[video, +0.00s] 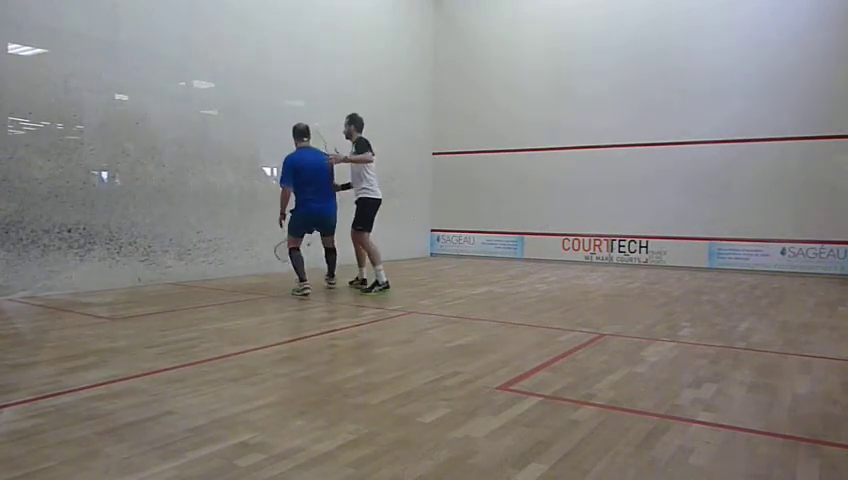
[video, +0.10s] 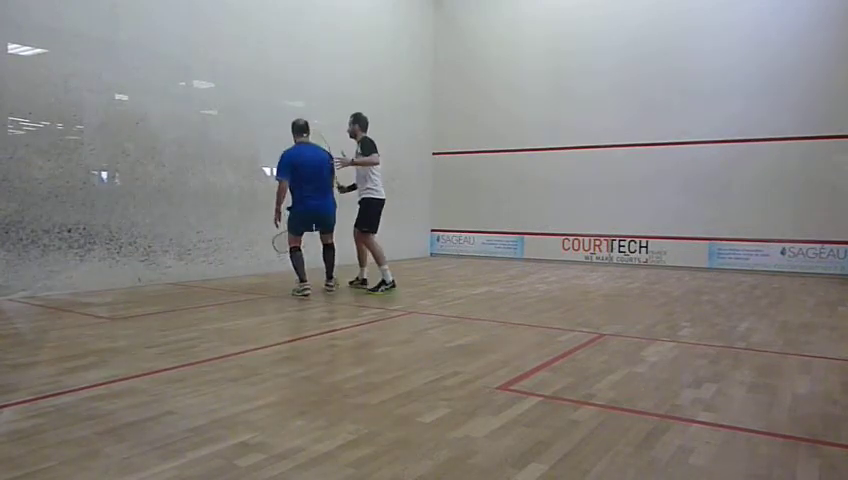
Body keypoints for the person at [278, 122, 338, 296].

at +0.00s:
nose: (299, 140)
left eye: (295, 138)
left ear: (294, 138)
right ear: (309, 137)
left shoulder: (291, 160)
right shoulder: (325, 157)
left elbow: (286, 190)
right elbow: (331, 185)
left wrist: (283, 212)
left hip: (304, 210)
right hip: (328, 210)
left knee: (293, 245)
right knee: (329, 241)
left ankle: (303, 282)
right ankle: (331, 277)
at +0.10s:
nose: (297, 136)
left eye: (294, 133)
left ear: (293, 134)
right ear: (309, 133)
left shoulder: (288, 155)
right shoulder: (325, 153)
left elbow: (283, 186)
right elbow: (332, 181)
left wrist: (278, 209)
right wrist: (325, 198)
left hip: (301, 208)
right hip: (326, 206)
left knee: (294, 243)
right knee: (327, 239)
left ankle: (303, 283)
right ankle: (330, 279)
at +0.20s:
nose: (296, 131)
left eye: (295, 128)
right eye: (301, 128)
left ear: (294, 129)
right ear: (310, 128)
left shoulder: (288, 149)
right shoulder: (327, 150)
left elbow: (281, 178)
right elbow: (331, 180)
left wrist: (275, 203)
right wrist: (328, 200)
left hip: (300, 204)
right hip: (326, 203)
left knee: (297, 242)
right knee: (328, 238)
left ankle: (303, 283)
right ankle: (327, 280)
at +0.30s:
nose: (297, 130)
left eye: (296, 127)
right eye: (303, 127)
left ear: (295, 127)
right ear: (312, 126)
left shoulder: (290, 147)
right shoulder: (328, 149)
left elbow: (282, 176)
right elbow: (334, 179)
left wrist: (274, 202)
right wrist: (329, 199)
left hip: (300, 204)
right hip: (326, 203)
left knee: (298, 241)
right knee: (327, 238)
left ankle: (303, 284)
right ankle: (326, 276)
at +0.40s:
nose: (296, 129)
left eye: (297, 126)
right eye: (296, 125)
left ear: (300, 126)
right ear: (314, 126)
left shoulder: (295, 146)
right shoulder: (331, 149)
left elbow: (286, 176)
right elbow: (336, 180)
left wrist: (275, 201)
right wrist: (331, 201)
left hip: (301, 203)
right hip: (327, 203)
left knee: (301, 243)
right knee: (324, 242)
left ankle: (303, 284)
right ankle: (327, 284)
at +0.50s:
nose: (296, 126)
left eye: (299, 122)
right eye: (296, 122)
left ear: (309, 123)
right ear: (316, 124)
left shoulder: (300, 144)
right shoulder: (332, 148)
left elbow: (292, 172)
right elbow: (338, 180)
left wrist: (279, 195)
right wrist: (336, 201)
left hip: (304, 202)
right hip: (329, 202)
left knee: (302, 243)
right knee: (326, 244)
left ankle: (300, 283)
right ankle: (326, 289)